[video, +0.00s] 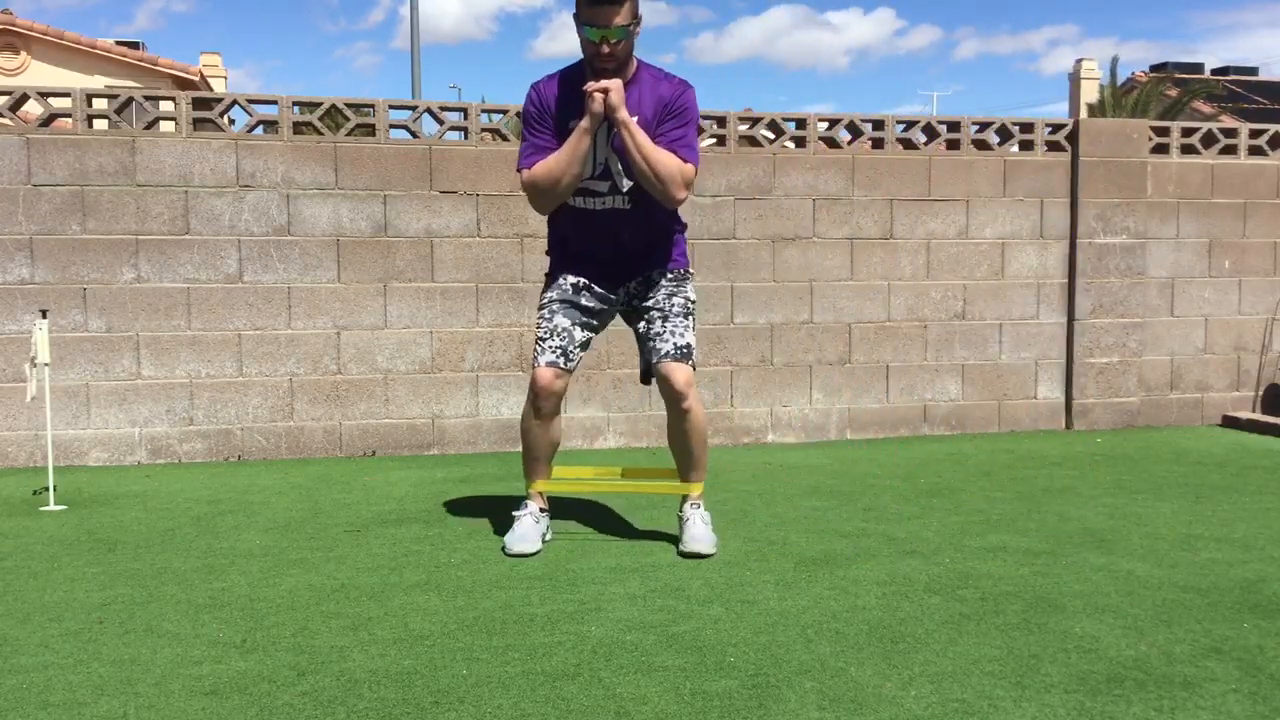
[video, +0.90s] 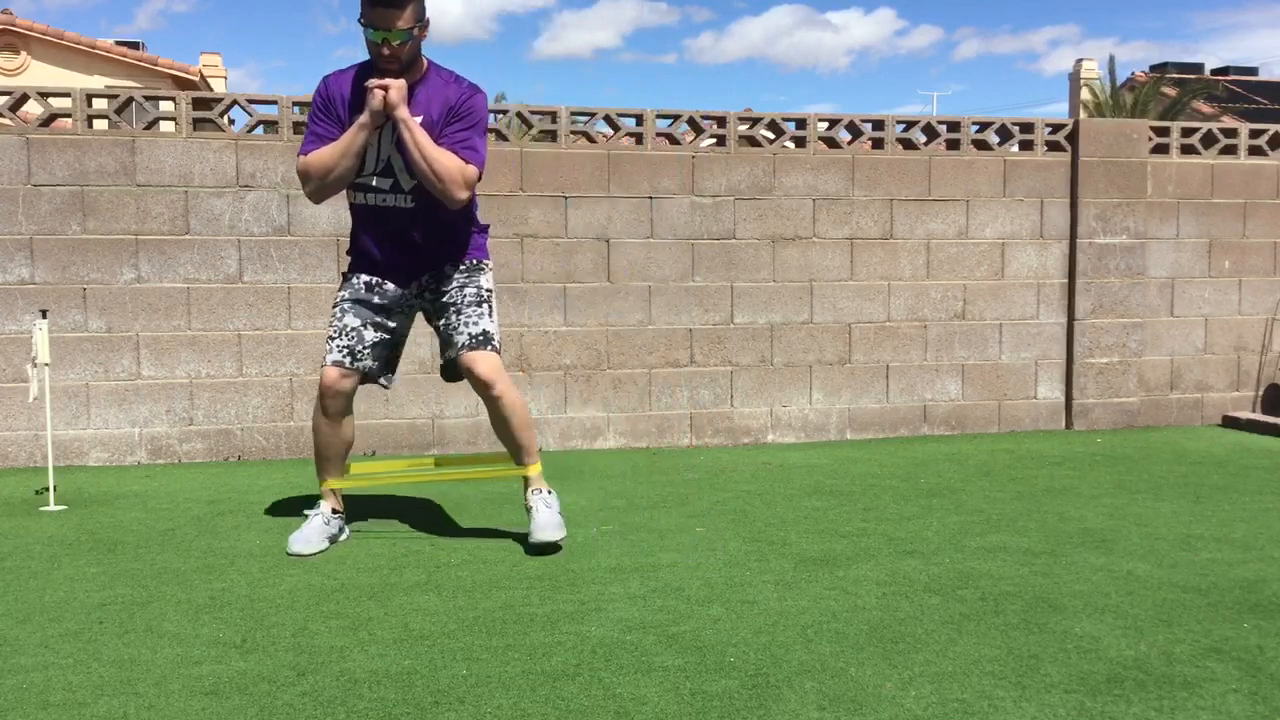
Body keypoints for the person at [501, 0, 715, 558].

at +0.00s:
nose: (604, 46)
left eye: (616, 34)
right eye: (592, 33)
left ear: (637, 24)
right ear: (577, 24)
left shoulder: (672, 94)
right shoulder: (548, 95)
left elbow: (676, 190)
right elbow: (541, 198)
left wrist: (622, 118)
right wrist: (589, 123)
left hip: (657, 265)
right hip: (578, 266)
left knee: (678, 382)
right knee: (544, 384)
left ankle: (694, 505)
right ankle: (534, 505)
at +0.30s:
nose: (606, 48)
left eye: (619, 37)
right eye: (596, 35)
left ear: (642, 26)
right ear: (582, 24)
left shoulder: (675, 96)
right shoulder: (552, 91)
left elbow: (677, 192)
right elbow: (543, 195)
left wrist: (625, 120)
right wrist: (594, 126)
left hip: (644, 266)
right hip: (563, 261)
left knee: (666, 384)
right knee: (503, 370)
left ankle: (692, 506)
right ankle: (465, 493)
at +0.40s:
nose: (593, 51)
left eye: (606, 40)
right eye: (582, 38)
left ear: (627, 30)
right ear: (567, 28)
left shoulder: (660, 101)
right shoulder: (536, 95)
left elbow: (663, 196)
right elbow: (526, 198)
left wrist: (612, 126)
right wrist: (580, 127)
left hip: (628, 276)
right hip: (542, 270)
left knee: (656, 388)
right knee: (471, 375)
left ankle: (691, 506)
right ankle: (407, 493)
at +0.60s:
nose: (518, 70)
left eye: (531, 58)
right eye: (507, 58)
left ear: (552, 52)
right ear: (492, 51)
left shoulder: (584, 124)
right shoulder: (462, 121)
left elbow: (590, 211)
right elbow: (453, 218)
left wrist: (535, 142)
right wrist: (504, 148)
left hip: (565, 295)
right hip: (480, 291)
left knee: (620, 402)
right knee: (400, 397)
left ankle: (688, 509)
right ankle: (340, 508)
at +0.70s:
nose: (463, 67)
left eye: (478, 55)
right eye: (452, 54)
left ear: (498, 49)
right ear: (438, 45)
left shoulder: (531, 120)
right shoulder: (408, 112)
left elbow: (531, 208)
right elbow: (390, 209)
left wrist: (477, 135)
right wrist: (444, 141)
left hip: (516, 290)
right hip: (431, 287)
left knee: (575, 388)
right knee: (357, 393)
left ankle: (671, 498)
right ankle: (332, 510)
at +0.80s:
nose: (416, 56)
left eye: (429, 46)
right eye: (407, 44)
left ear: (453, 39)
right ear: (394, 34)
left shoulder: (489, 109)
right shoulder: (365, 99)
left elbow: (485, 201)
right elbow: (340, 194)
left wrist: (431, 127)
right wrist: (398, 129)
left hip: (479, 275)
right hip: (396, 275)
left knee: (526, 377)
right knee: (341, 387)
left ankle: (608, 490)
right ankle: (330, 509)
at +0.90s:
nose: (383, 47)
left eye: (395, 36)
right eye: (373, 34)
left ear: (423, 29)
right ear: (362, 25)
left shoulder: (462, 97)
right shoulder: (337, 90)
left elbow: (458, 190)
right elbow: (315, 186)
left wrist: (402, 116)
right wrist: (368, 119)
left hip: (453, 257)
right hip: (376, 260)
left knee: (482, 370)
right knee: (333, 383)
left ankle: (537, 488)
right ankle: (330, 508)